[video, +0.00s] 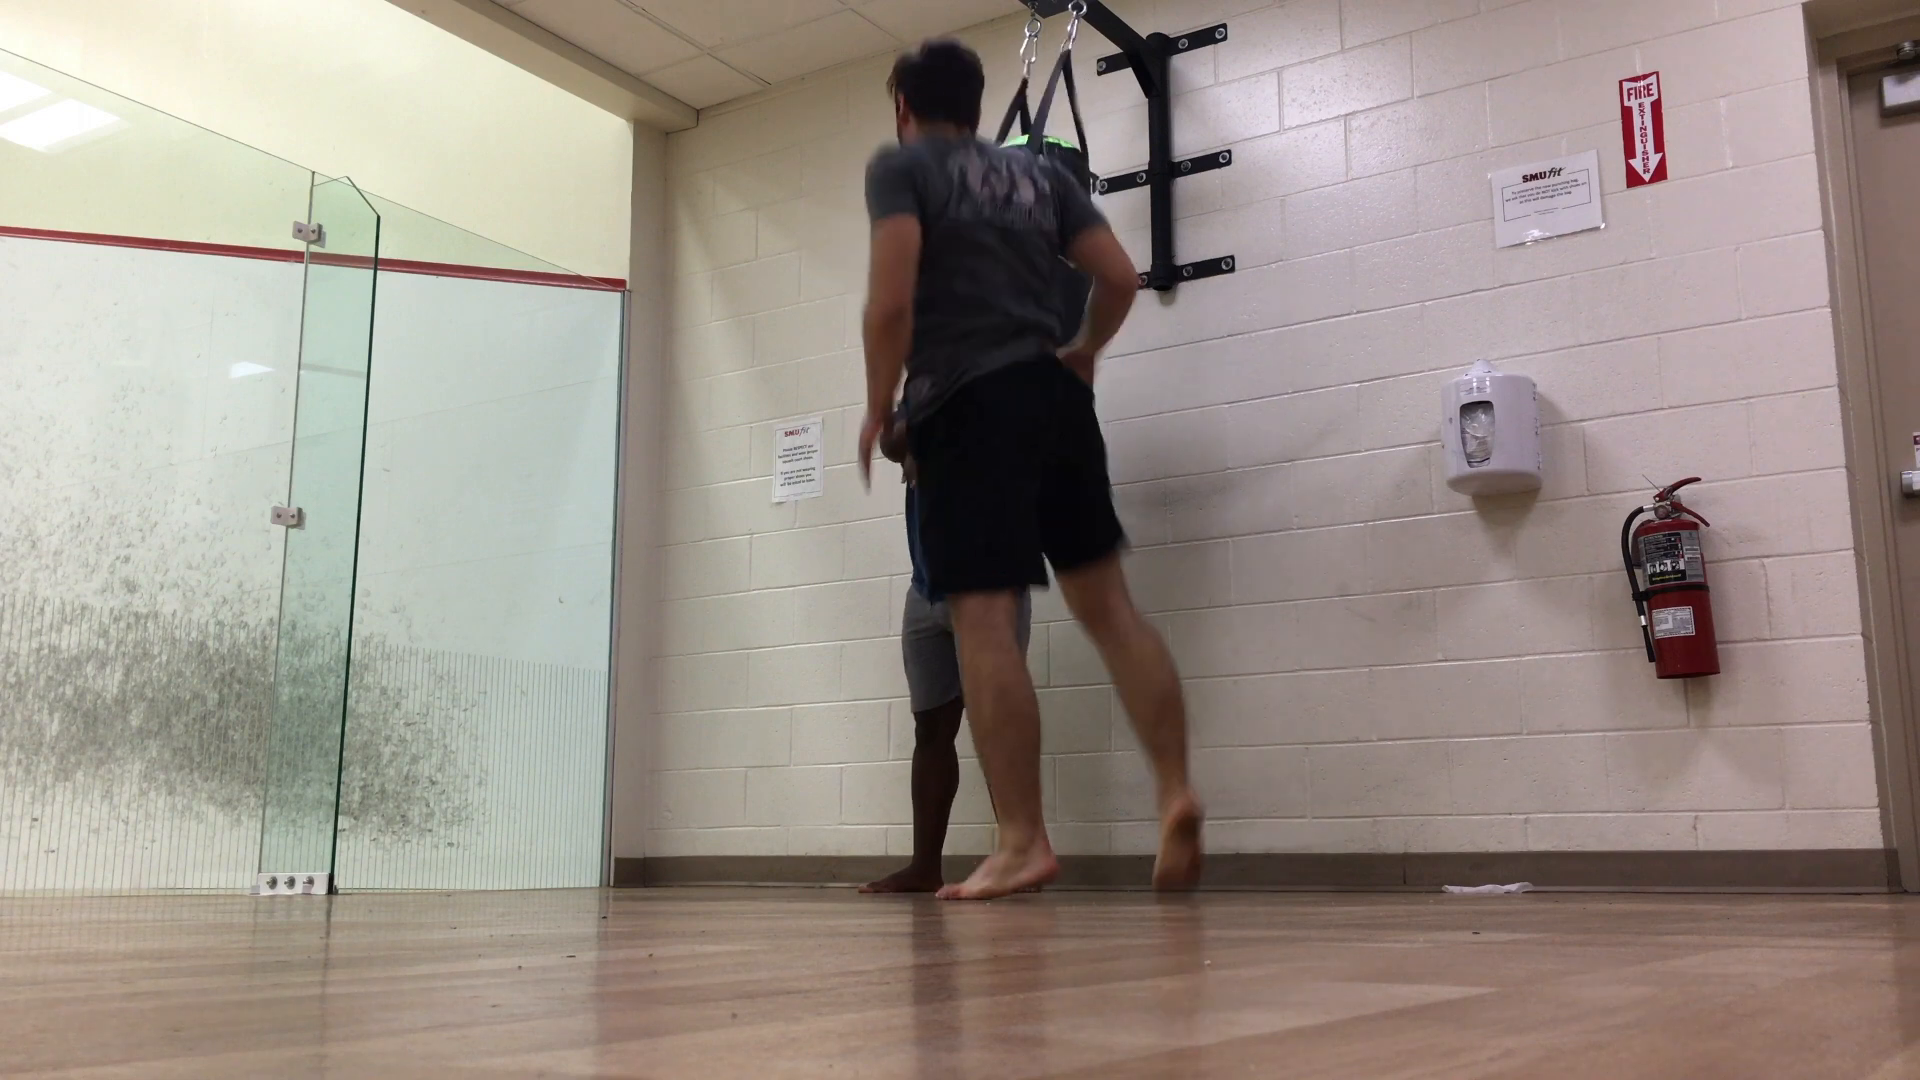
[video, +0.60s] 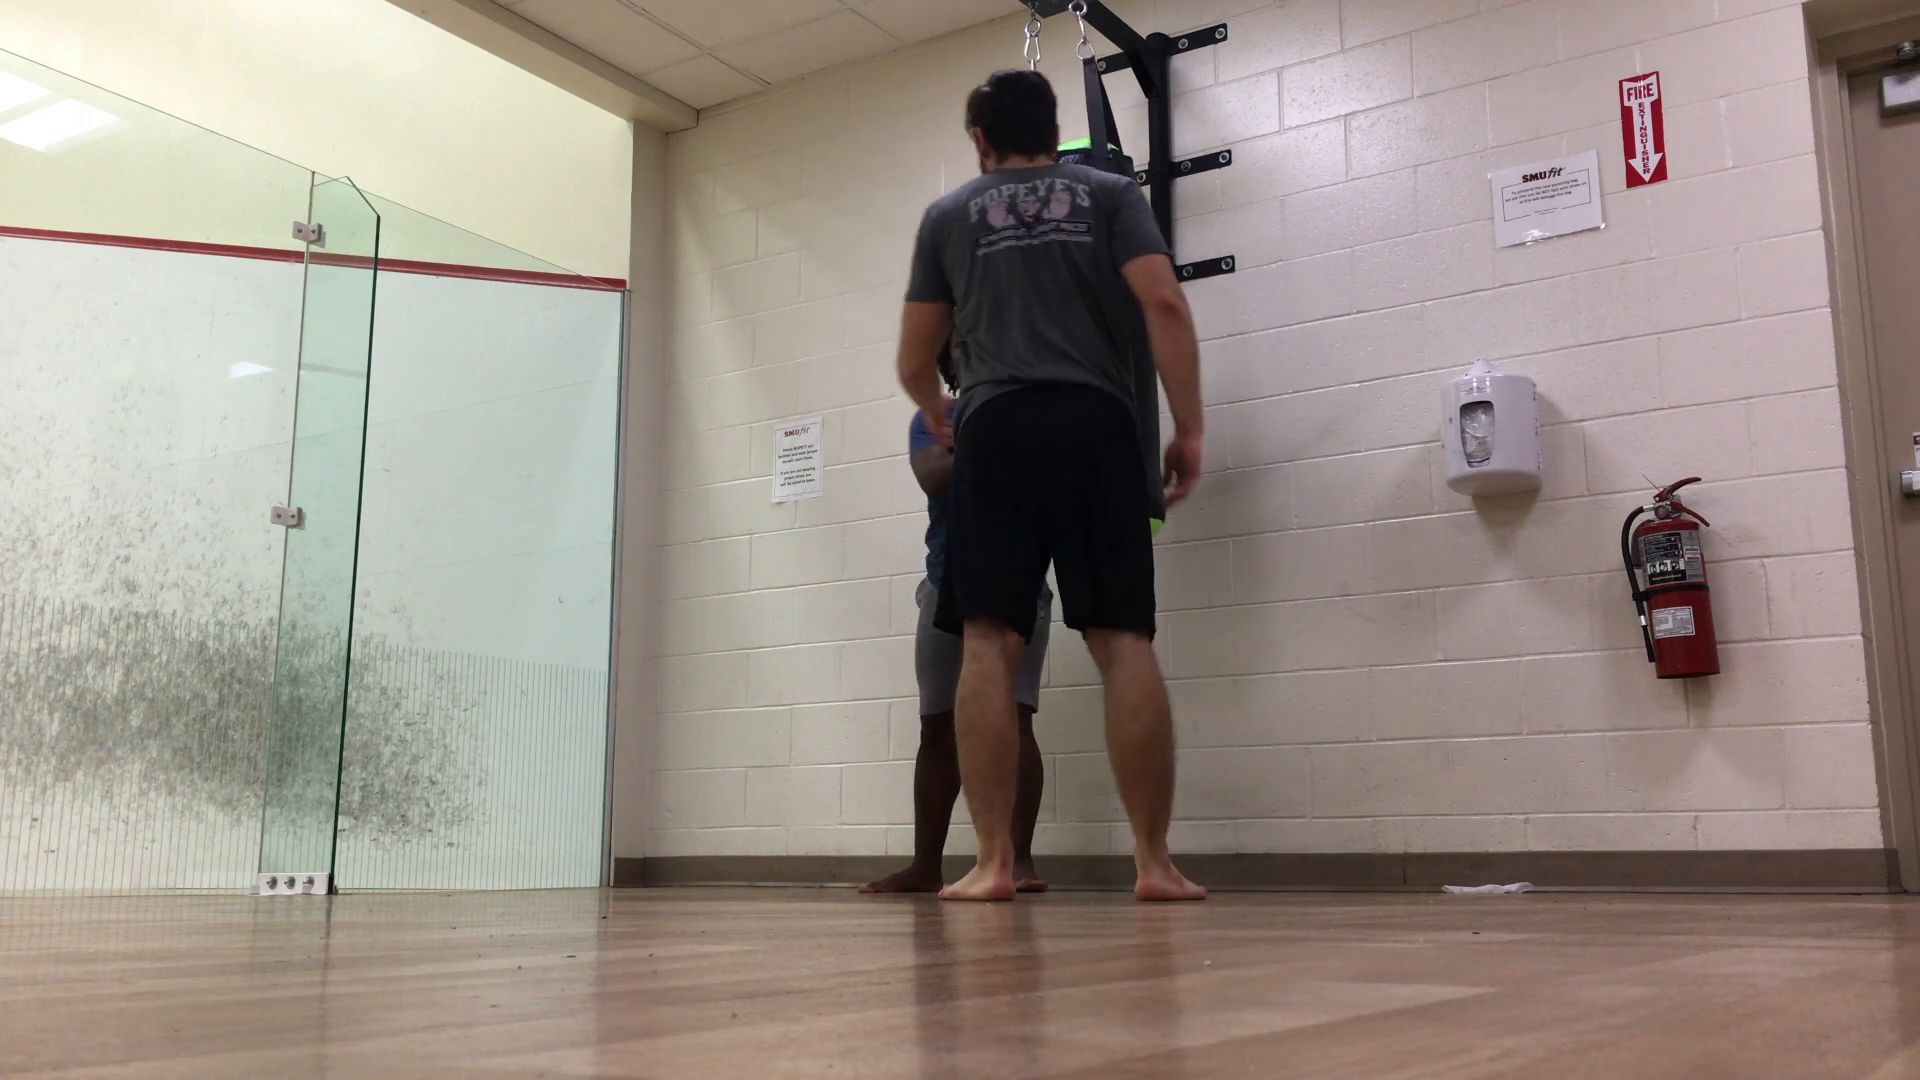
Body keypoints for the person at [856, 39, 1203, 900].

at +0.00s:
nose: (891, 123)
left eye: (892, 111)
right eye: (894, 111)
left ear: (903, 109)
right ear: (978, 110)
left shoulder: (900, 164)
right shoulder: (1040, 171)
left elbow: (891, 304)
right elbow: (1119, 276)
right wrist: (1082, 352)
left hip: (967, 417)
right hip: (1059, 404)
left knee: (985, 630)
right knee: (1109, 608)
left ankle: (1022, 843)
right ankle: (1177, 790)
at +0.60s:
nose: (975, 152)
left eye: (971, 141)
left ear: (980, 143)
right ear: (1057, 135)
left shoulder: (946, 217)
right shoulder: (1111, 193)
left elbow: (915, 363)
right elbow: (1164, 299)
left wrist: (943, 412)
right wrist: (1188, 424)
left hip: (996, 443)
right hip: (1101, 437)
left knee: (986, 643)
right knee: (1125, 643)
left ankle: (995, 861)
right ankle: (1153, 860)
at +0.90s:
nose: (1010, 141)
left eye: (1009, 129)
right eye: (1013, 130)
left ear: (1023, 129)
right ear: (1097, 129)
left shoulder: (978, 202)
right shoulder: (1146, 199)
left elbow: (954, 341)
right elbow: (1195, 321)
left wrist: (1004, 410)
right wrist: (1226, 446)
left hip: (1015, 442)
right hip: (1121, 440)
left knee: (1001, 641)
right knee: (1138, 642)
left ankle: (999, 860)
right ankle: (1153, 860)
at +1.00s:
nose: (1016, 137)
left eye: (1015, 126)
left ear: (1025, 129)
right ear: (1104, 131)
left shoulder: (986, 199)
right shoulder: (1155, 206)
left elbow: (945, 335)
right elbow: (1201, 332)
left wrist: (992, 412)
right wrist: (1223, 455)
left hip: (1020, 443)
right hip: (1124, 443)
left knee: (999, 646)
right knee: (1140, 642)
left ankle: (1003, 860)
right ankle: (1154, 861)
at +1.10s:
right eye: (1104, 120)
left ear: (1020, 131)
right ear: (1102, 127)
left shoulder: (992, 197)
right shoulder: (1158, 205)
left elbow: (943, 334)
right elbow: (1201, 340)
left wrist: (984, 412)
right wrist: (1211, 459)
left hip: (1019, 443)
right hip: (1123, 445)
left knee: (983, 637)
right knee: (1140, 644)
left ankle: (998, 843)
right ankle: (1154, 861)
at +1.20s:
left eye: (1019, 130)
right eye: (1099, 118)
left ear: (1018, 132)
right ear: (1100, 125)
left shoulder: (994, 198)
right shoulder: (1160, 204)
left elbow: (951, 340)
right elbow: (1202, 342)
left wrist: (987, 403)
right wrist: (1195, 456)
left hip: (1017, 443)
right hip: (1121, 445)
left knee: (949, 631)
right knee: (1140, 646)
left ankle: (965, 816)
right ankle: (1154, 862)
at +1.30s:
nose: (1013, 138)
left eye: (1012, 128)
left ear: (1013, 131)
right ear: (1096, 127)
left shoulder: (982, 199)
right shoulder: (1152, 202)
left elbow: (958, 347)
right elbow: (1197, 341)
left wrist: (995, 393)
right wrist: (1182, 449)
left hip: (1006, 439)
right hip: (1111, 445)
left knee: (937, 631)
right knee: (1131, 643)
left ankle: (918, 830)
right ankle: (1153, 860)